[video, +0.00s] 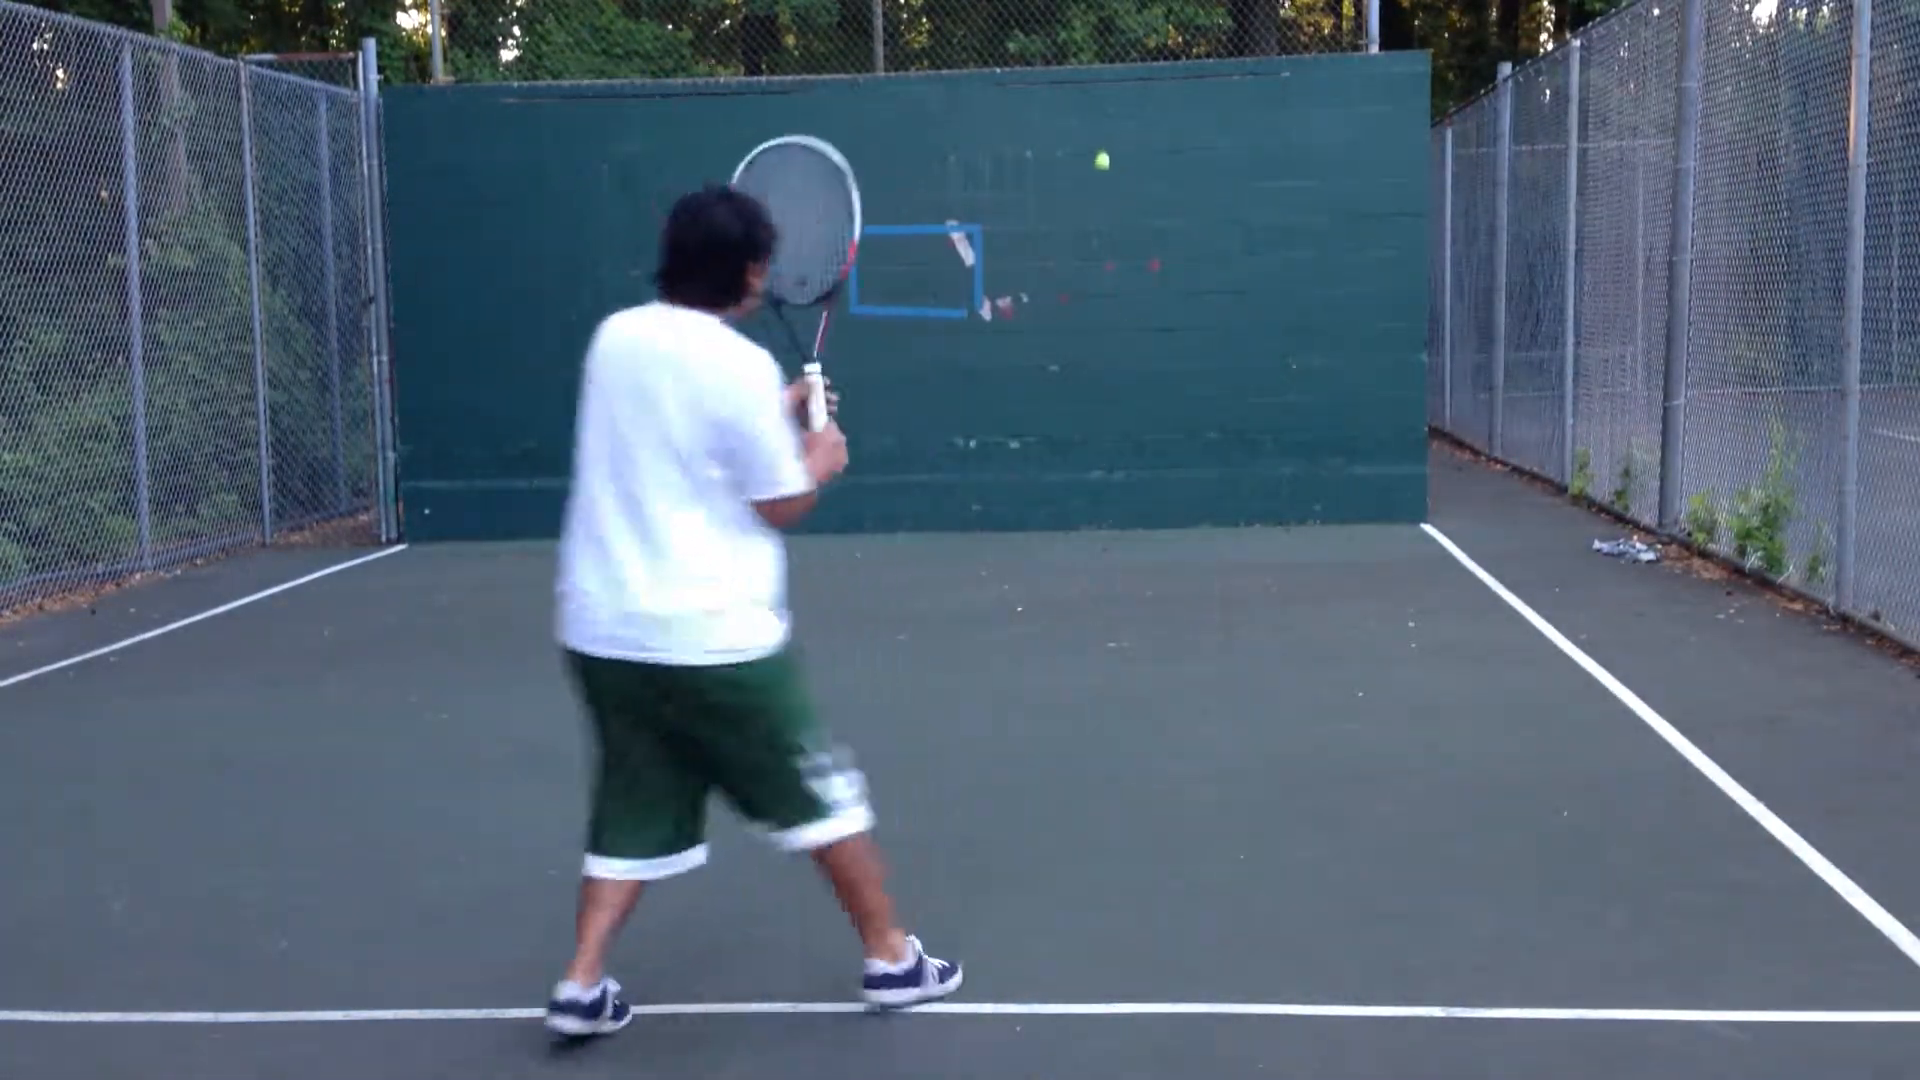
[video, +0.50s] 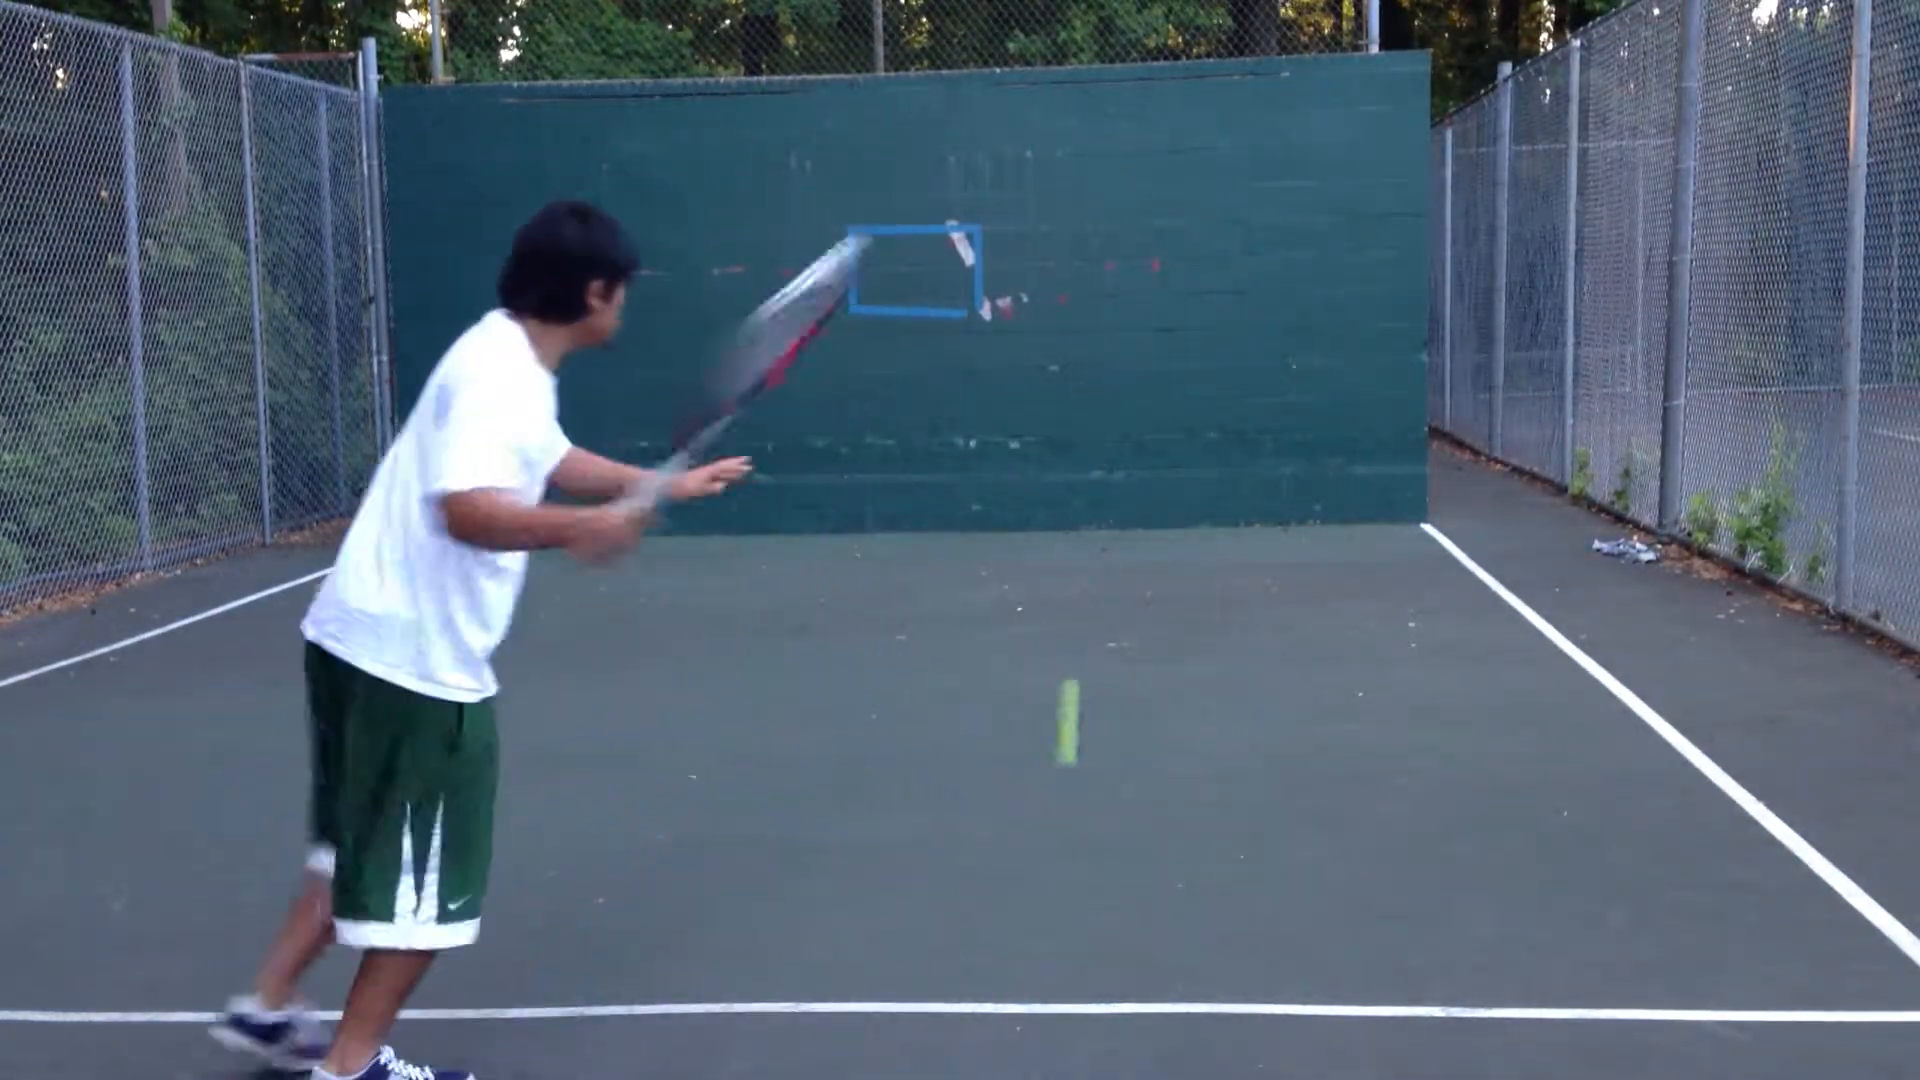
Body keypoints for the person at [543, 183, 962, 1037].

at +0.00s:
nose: (765, 280)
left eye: (764, 265)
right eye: (761, 266)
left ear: (671, 263)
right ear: (743, 276)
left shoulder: (613, 337)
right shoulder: (736, 367)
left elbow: (675, 437)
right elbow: (781, 503)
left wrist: (777, 409)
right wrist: (822, 461)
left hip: (602, 631)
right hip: (716, 641)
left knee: (635, 804)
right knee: (819, 794)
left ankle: (581, 983)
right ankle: (891, 956)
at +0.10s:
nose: (732, 272)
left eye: (731, 256)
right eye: (728, 258)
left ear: (641, 249)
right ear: (706, 265)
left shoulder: (586, 318)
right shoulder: (682, 355)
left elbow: (632, 427)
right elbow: (727, 490)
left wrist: (745, 407)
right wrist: (801, 456)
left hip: (542, 618)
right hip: (640, 632)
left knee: (591, 813)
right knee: (738, 802)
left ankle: (574, 997)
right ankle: (784, 970)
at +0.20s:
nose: (708, 254)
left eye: (709, 239)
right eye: (705, 239)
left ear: (617, 229)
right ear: (681, 245)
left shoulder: (566, 293)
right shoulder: (641, 331)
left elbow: (606, 420)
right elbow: (689, 472)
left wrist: (716, 410)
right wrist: (788, 448)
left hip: (478, 574)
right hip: (557, 596)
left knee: (531, 791)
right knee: (623, 801)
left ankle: (556, 979)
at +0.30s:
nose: (676, 269)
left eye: (675, 253)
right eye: (672, 254)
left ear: (589, 243)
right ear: (642, 261)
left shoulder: (544, 304)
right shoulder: (592, 339)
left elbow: (588, 428)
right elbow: (644, 477)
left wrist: (700, 425)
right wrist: (771, 455)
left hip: (437, 586)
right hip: (486, 612)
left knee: (474, 806)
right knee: (497, 828)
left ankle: (459, 986)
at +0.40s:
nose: (641, 300)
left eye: (641, 283)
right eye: (639, 285)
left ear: (551, 274)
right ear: (616, 293)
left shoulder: (517, 344)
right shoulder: (536, 366)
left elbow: (580, 458)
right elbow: (567, 505)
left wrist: (688, 462)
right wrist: (697, 489)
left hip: (399, 630)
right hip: (442, 653)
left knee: (393, 837)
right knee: (435, 872)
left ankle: (361, 1013)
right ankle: (356, 1058)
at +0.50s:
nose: (621, 306)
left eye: (622, 290)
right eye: (618, 290)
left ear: (545, 287)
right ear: (589, 297)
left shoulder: (507, 358)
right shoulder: (499, 373)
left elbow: (549, 462)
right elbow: (467, 510)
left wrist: (663, 482)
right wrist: (582, 526)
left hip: (366, 638)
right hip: (415, 663)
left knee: (357, 850)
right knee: (426, 896)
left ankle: (267, 1003)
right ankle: (351, 1063)